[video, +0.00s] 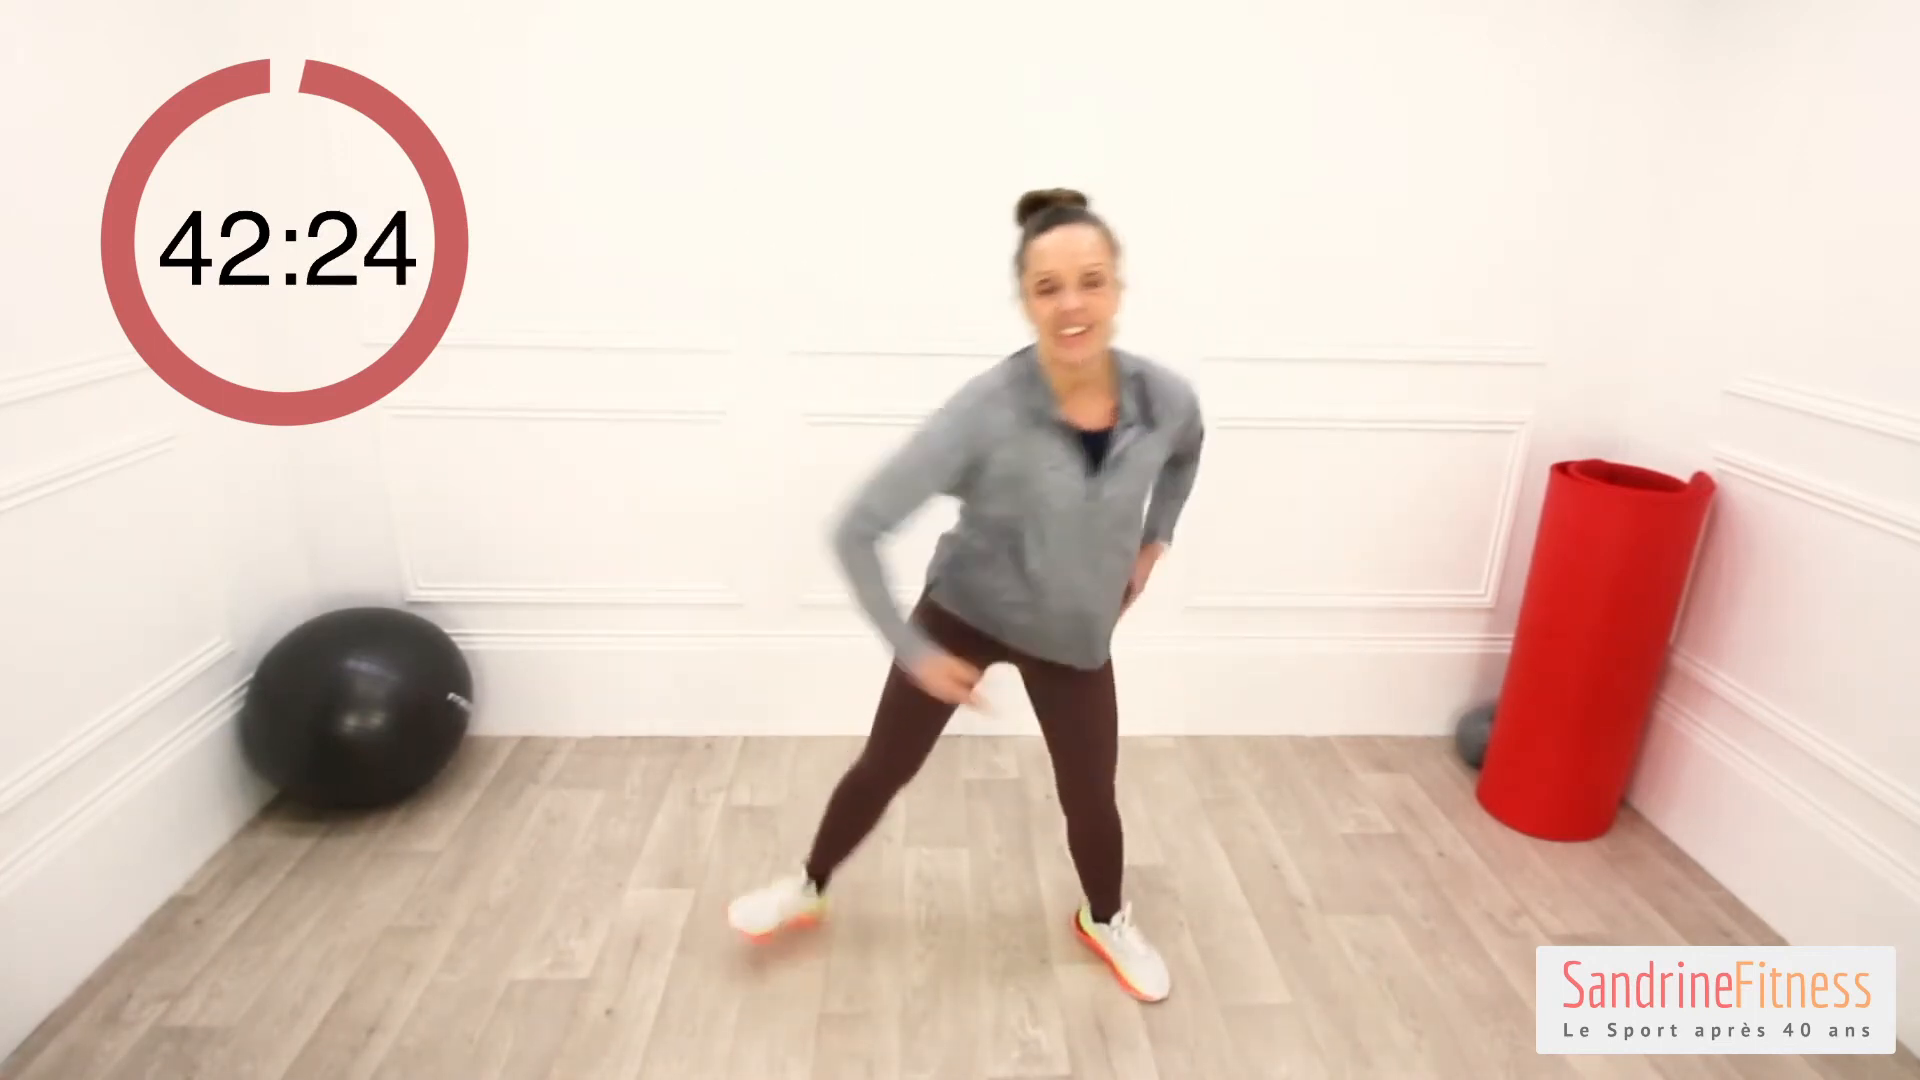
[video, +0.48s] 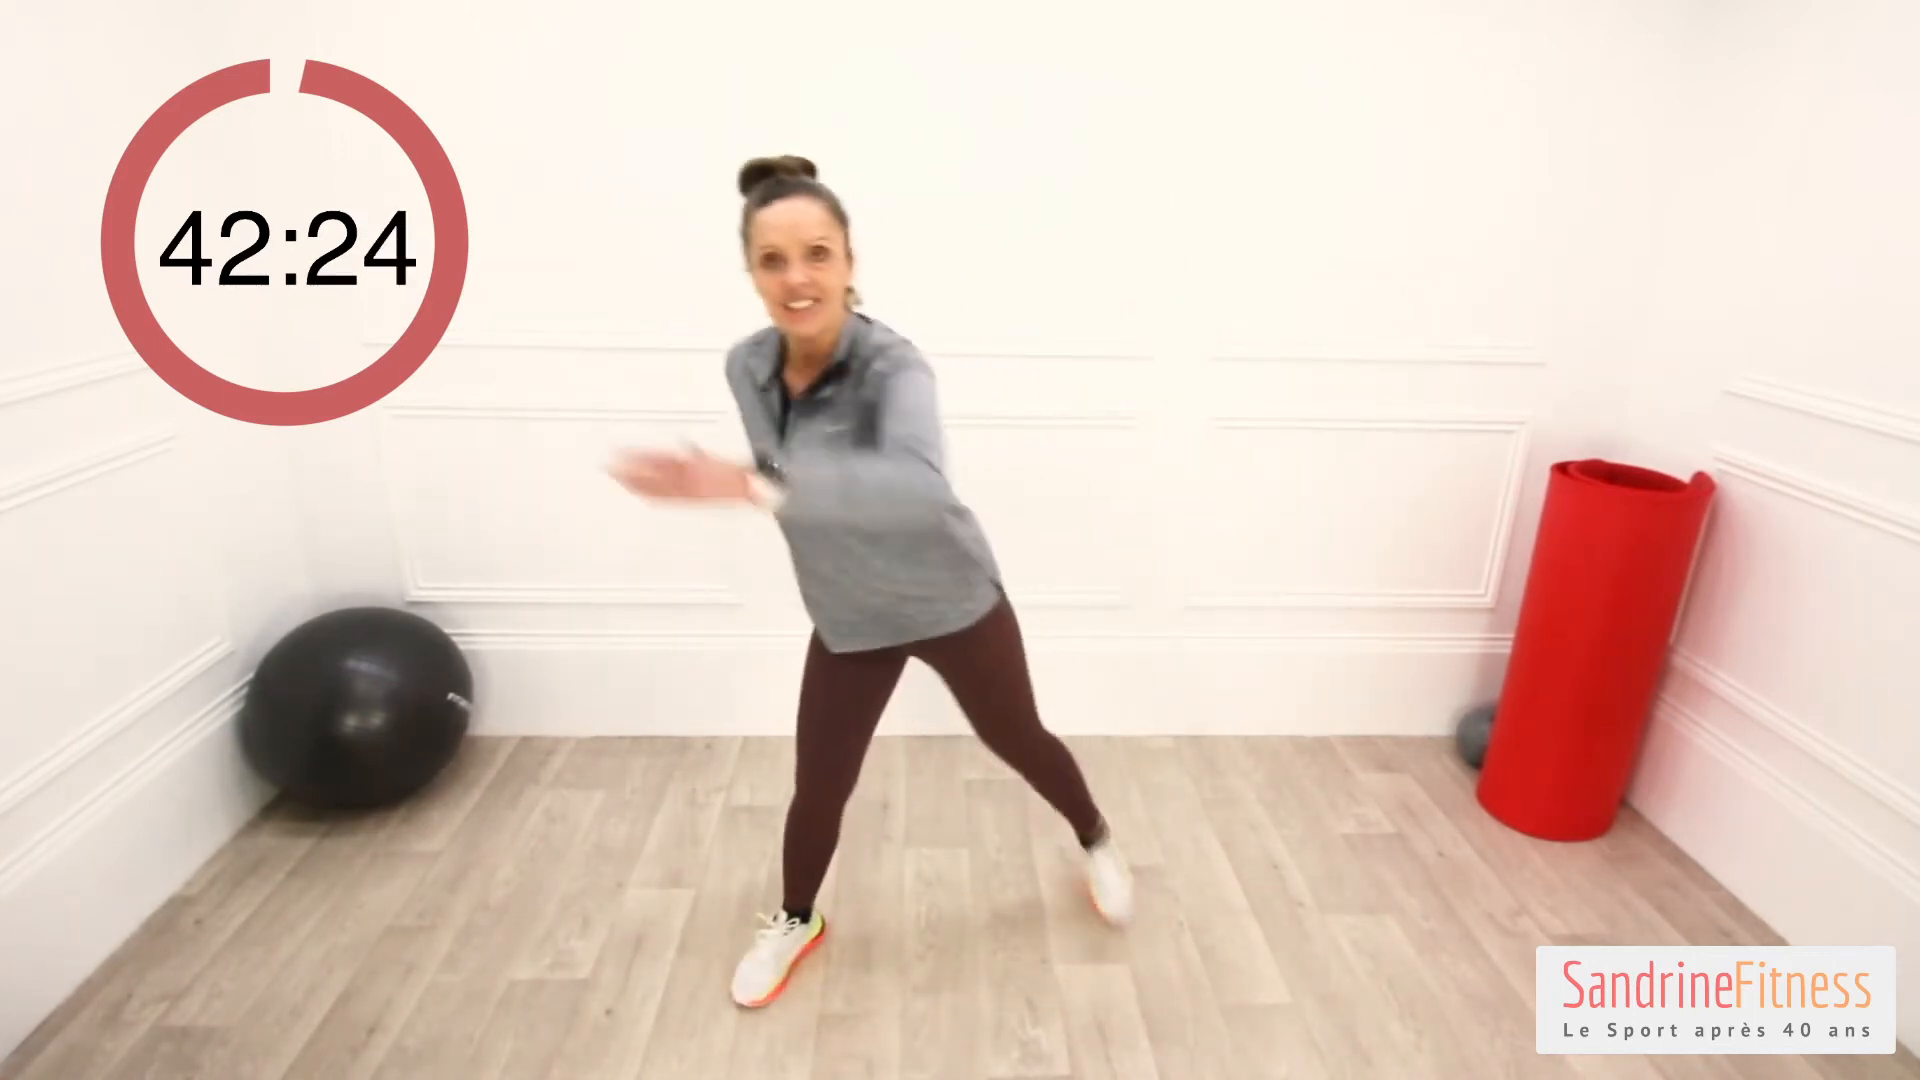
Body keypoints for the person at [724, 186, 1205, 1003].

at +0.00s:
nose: (1073, 307)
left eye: (1091, 284)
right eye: (1049, 289)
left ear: (1120, 291)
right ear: (1024, 303)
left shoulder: (1165, 403)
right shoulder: (987, 412)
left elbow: (1185, 457)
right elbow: (854, 531)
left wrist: (1154, 539)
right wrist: (913, 649)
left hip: (1077, 627)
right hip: (967, 612)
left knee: (1092, 797)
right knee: (885, 768)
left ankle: (1105, 918)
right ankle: (807, 886)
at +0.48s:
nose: (798, 279)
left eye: (817, 256)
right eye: (774, 261)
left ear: (850, 264)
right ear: (752, 277)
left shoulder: (895, 367)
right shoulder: (749, 370)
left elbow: (922, 485)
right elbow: (799, 480)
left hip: (951, 596)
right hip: (851, 611)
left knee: (1016, 737)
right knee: (818, 786)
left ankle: (1097, 840)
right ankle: (796, 919)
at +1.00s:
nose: (882, 317)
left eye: (899, 293)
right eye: (858, 299)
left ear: (924, 301)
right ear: (831, 314)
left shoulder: (980, 424)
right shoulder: (788, 406)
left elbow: (1095, 532)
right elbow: (747, 434)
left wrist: (1037, 641)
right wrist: (767, 535)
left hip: (965, 636)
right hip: (851, 639)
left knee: (1031, 786)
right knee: (821, 810)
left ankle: (1089, 894)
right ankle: (794, 923)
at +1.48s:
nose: (1141, 296)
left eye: (1157, 273)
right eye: (1115, 279)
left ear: (1175, 278)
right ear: (1079, 293)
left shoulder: (1180, 385)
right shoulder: (1063, 395)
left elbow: (1111, 492)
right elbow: (1193, 493)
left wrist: (1097, 573)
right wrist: (1337, 431)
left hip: (1062, 617)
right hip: (970, 592)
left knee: (1084, 784)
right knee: (884, 736)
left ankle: (1102, 905)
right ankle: (780, 831)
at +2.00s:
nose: (1011, 322)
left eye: (1029, 299)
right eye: (989, 304)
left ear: (1058, 306)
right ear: (965, 316)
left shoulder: (1105, 435)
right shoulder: (916, 422)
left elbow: (1134, 573)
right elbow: (885, 549)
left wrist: (1075, 601)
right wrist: (947, 593)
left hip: (1060, 644)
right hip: (947, 635)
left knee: (1075, 801)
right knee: (886, 793)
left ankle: (1105, 909)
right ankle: (812, 929)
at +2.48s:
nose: (805, 279)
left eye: (824, 257)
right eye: (781, 260)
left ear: (852, 270)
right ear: (751, 278)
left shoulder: (912, 378)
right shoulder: (712, 392)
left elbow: (1004, 413)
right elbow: (698, 447)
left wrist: (1005, 526)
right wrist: (716, 539)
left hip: (943, 608)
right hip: (829, 636)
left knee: (1030, 768)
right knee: (809, 813)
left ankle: (995, 635)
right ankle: (800, 941)